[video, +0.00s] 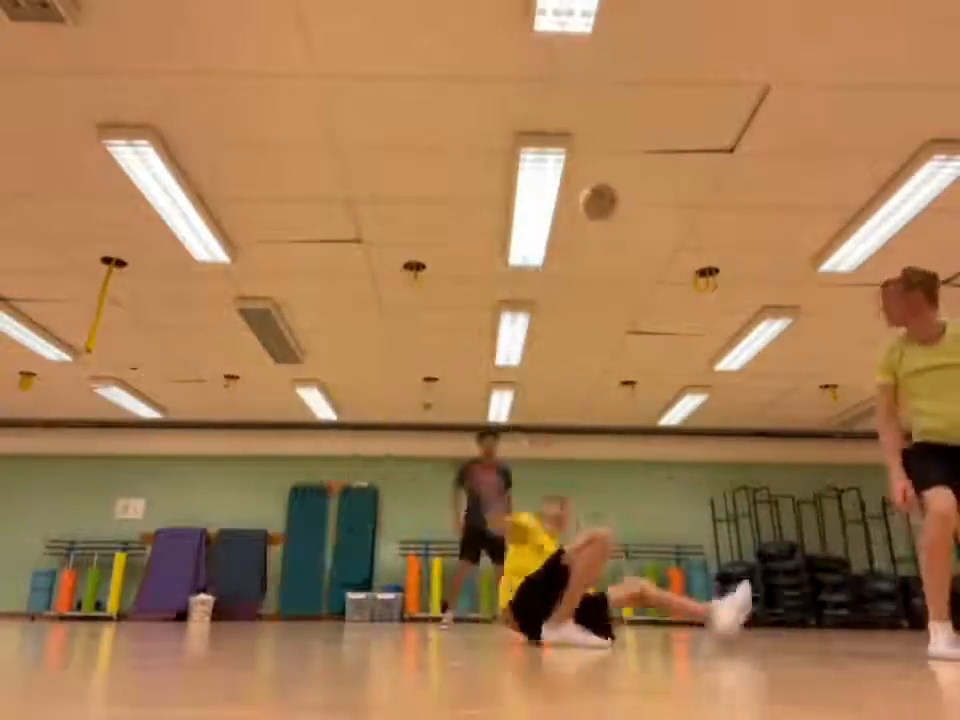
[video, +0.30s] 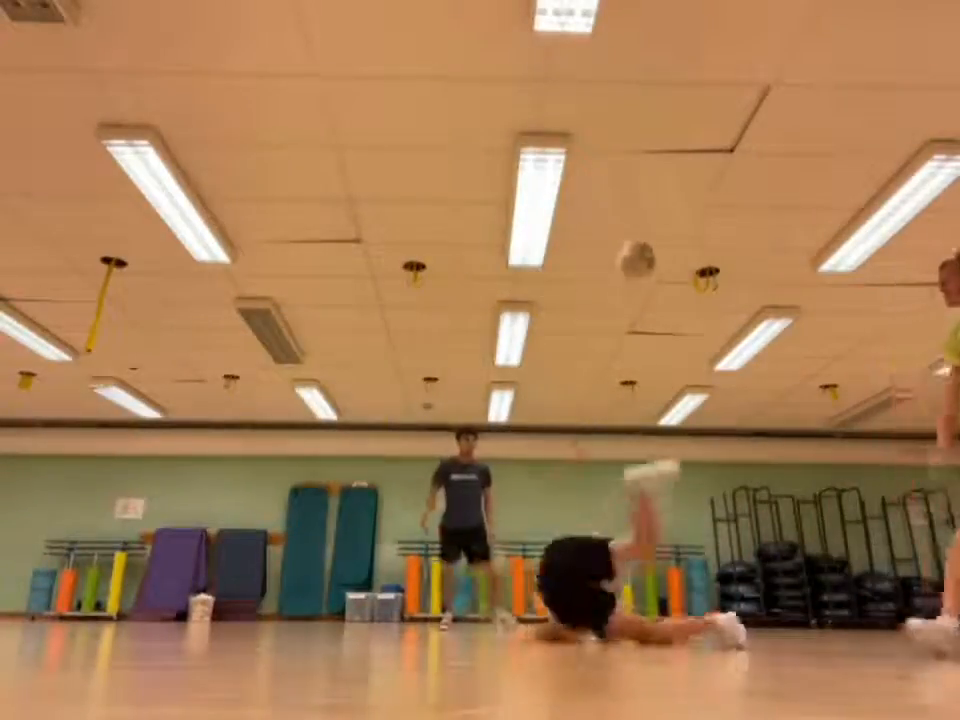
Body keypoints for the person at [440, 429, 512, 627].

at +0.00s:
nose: (489, 450)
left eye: (492, 445)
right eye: (486, 445)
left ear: (497, 446)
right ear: (479, 446)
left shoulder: (503, 470)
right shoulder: (468, 469)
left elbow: (508, 496)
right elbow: (456, 494)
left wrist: (508, 519)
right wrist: (457, 519)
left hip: (497, 522)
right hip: (474, 522)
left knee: (502, 569)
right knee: (464, 567)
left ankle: (505, 610)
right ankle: (450, 609)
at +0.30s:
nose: (468, 445)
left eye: (471, 441)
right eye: (465, 441)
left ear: (475, 444)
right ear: (458, 443)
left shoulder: (482, 470)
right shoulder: (447, 467)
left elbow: (488, 500)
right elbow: (434, 491)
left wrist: (490, 526)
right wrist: (428, 513)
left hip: (475, 525)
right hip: (451, 525)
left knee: (487, 568)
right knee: (448, 568)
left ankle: (495, 610)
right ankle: (448, 611)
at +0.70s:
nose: (452, 445)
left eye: (455, 440)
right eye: (448, 440)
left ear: (460, 443)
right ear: (442, 442)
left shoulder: (466, 468)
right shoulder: (429, 465)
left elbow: (472, 494)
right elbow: (415, 486)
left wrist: (471, 519)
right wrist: (414, 508)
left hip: (459, 523)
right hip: (435, 524)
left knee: (460, 563)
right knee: (439, 570)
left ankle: (456, 610)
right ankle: (444, 612)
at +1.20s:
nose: (439, 437)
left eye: (443, 432)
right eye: (435, 431)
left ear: (445, 435)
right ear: (425, 432)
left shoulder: (444, 465)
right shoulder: (405, 457)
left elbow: (449, 496)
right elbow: (388, 482)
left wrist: (447, 524)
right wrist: (387, 514)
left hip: (432, 523)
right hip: (406, 522)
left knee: (437, 568)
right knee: (406, 566)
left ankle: (434, 613)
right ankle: (412, 598)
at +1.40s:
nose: (409, 413)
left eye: (413, 409)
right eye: (405, 408)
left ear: (416, 412)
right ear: (395, 409)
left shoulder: (419, 441)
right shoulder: (375, 436)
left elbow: (427, 472)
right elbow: (350, 462)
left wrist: (426, 504)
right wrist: (334, 492)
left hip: (408, 507)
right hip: (379, 506)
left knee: (415, 558)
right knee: (368, 554)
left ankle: (427, 599)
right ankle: (358, 613)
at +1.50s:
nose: (393, 410)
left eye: (397, 406)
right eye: (389, 405)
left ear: (401, 409)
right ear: (379, 406)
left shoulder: (404, 440)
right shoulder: (359, 437)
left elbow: (413, 472)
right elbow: (335, 460)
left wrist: (412, 503)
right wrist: (329, 486)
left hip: (394, 507)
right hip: (364, 506)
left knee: (393, 559)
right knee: (355, 557)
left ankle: (406, 601)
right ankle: (357, 613)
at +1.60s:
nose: (385, 401)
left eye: (390, 396)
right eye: (381, 394)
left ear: (393, 399)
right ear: (370, 394)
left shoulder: (395, 431)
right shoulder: (349, 424)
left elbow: (401, 465)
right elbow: (334, 452)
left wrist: (401, 494)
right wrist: (334, 480)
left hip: (379, 497)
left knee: (369, 550)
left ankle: (375, 605)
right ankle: (353, 610)